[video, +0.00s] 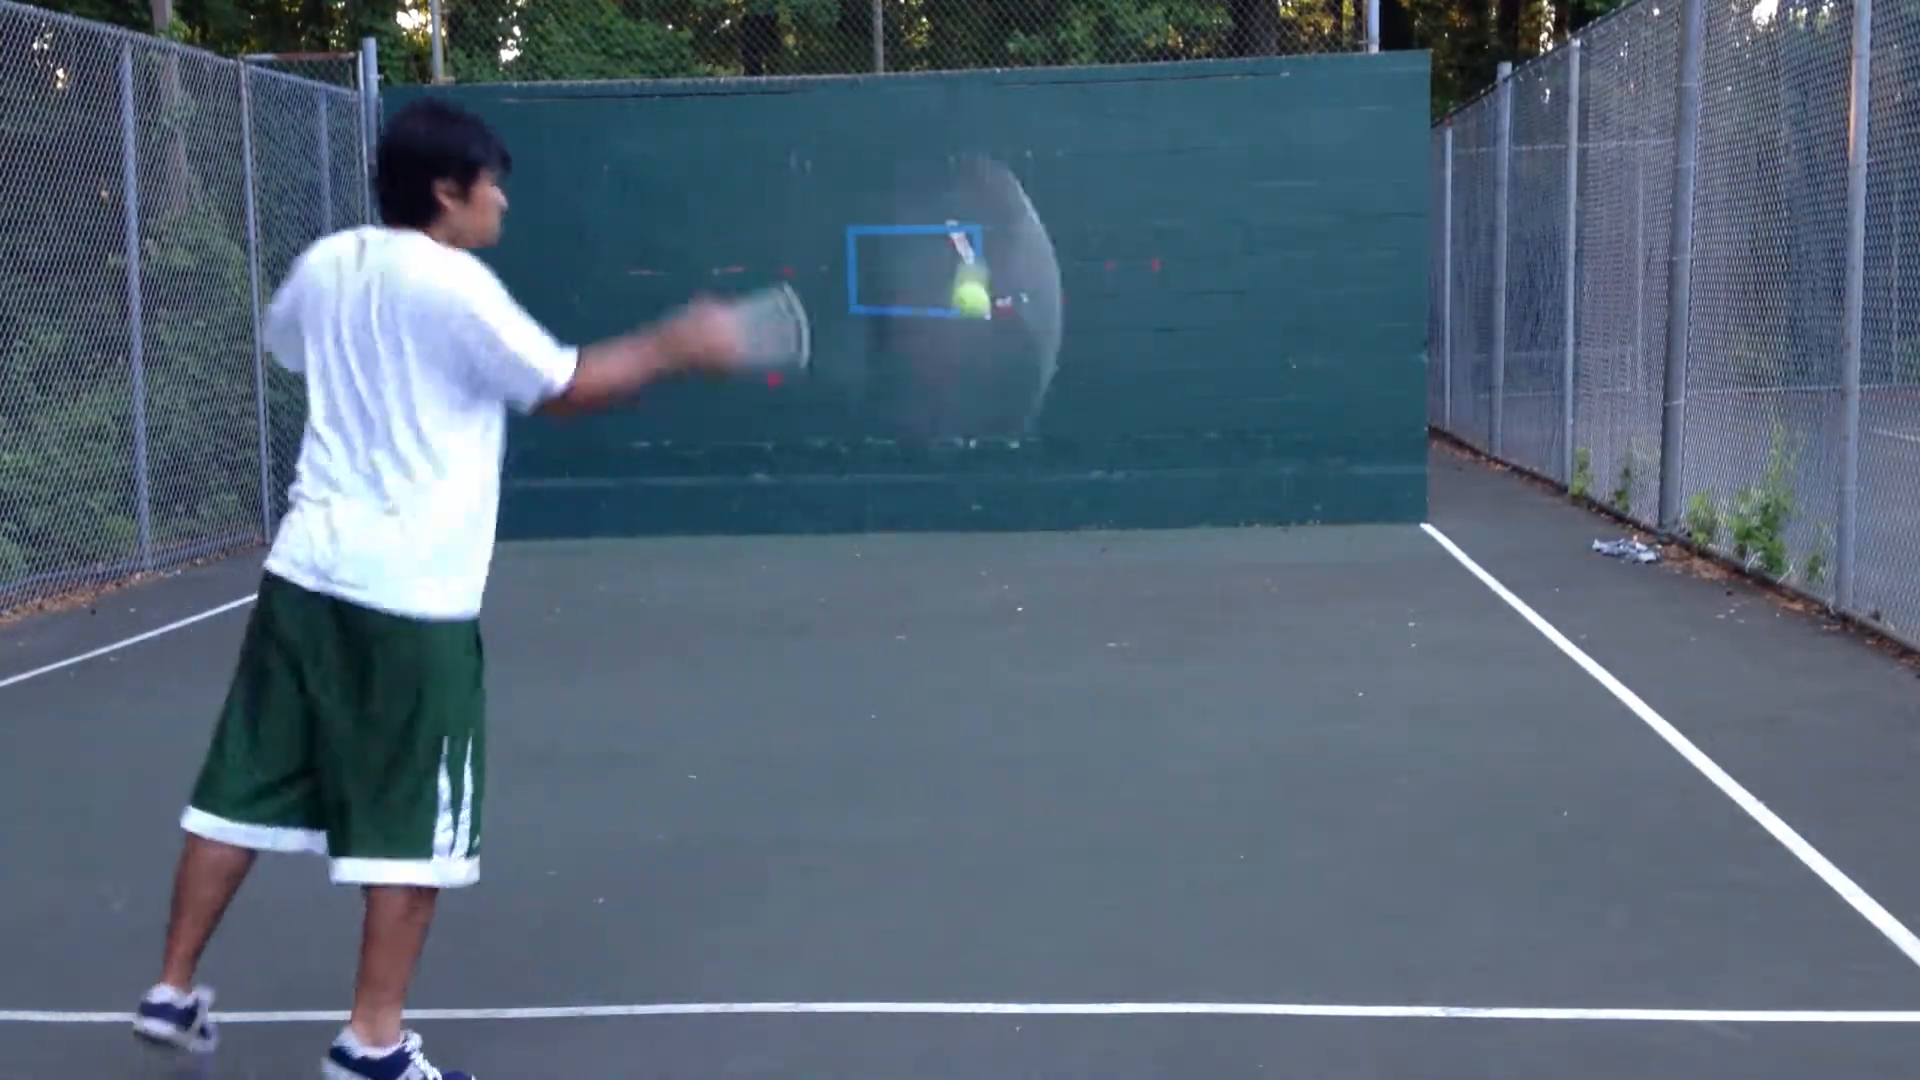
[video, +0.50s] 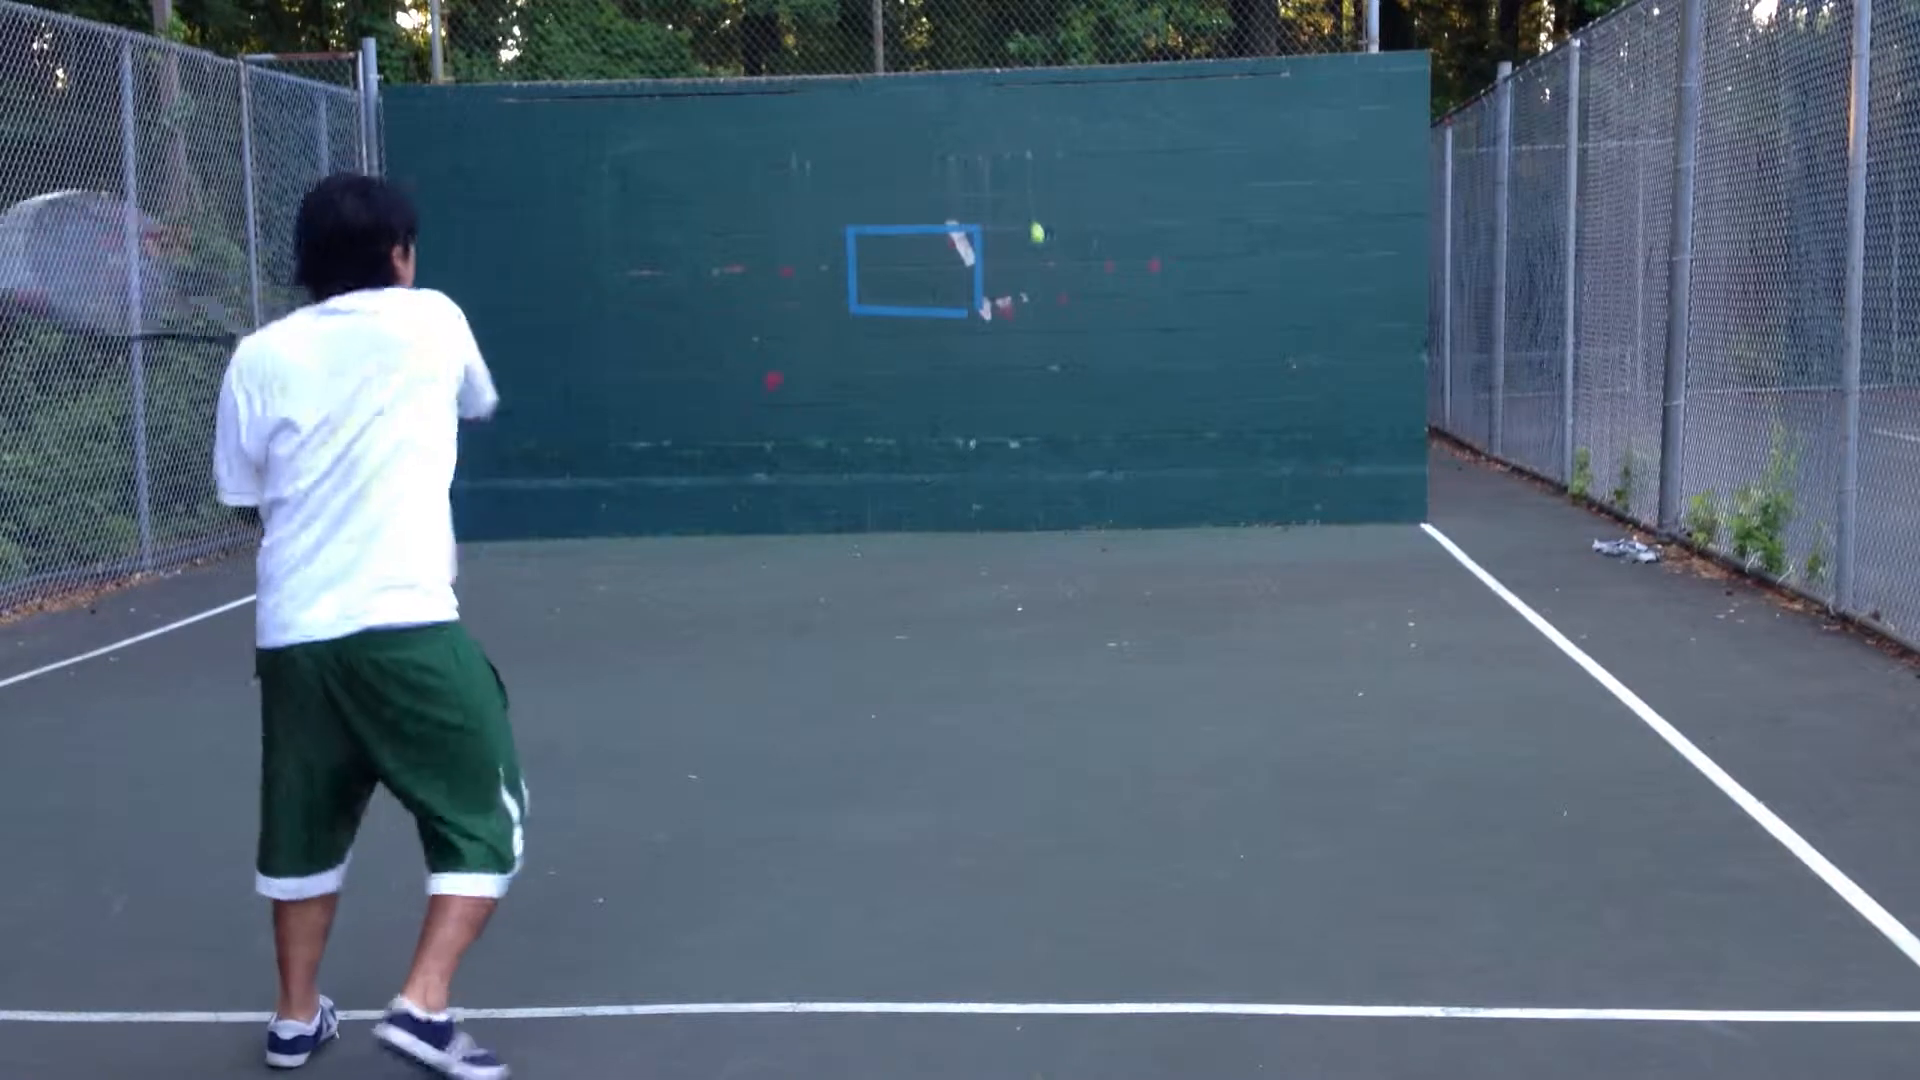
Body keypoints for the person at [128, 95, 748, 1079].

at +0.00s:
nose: (500, 207)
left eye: (498, 188)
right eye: (491, 190)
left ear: (402, 187)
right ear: (445, 193)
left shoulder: (324, 262)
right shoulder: (455, 291)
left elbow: (290, 347)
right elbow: (569, 383)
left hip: (303, 578)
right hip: (416, 602)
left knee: (243, 788)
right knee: (412, 830)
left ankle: (170, 989)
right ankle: (374, 1039)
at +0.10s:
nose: (475, 196)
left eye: (473, 180)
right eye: (468, 181)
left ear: (368, 179)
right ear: (433, 186)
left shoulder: (297, 265)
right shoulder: (462, 262)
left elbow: (254, 359)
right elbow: (562, 321)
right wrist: (593, 274)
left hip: (304, 575)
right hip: (420, 581)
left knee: (262, 780)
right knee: (424, 816)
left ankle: (210, 980)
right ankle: (389, 1032)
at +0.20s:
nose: (452, 208)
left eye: (451, 193)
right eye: (447, 194)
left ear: (342, 197)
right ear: (425, 202)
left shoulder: (278, 296)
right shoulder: (446, 273)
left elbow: (242, 408)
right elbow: (529, 302)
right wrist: (446, 243)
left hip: (303, 590)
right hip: (416, 587)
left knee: (288, 787)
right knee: (434, 814)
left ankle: (265, 981)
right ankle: (389, 1034)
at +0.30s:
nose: (432, 242)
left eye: (431, 229)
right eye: (429, 230)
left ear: (324, 239)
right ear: (409, 239)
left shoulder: (267, 334)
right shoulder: (435, 301)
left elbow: (236, 457)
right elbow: (459, 331)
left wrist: (270, 328)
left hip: (301, 626)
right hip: (410, 618)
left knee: (303, 823)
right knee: (454, 838)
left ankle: (295, 1015)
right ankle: (390, 1030)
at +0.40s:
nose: (416, 265)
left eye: (412, 250)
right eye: (411, 253)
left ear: (310, 267)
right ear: (393, 263)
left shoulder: (261, 363)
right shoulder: (432, 323)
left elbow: (239, 492)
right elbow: (390, 376)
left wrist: (249, 375)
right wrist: (282, 351)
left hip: (298, 640)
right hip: (415, 630)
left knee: (305, 832)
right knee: (468, 836)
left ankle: (295, 1016)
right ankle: (406, 1013)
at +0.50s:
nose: (414, 261)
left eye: (410, 247)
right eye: (410, 249)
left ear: (309, 263)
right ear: (392, 258)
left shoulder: (258, 355)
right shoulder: (432, 319)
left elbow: (245, 499)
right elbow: (474, 406)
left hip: (292, 635)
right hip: (406, 622)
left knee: (304, 829)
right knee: (483, 814)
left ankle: (295, 1019)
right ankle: (424, 1004)